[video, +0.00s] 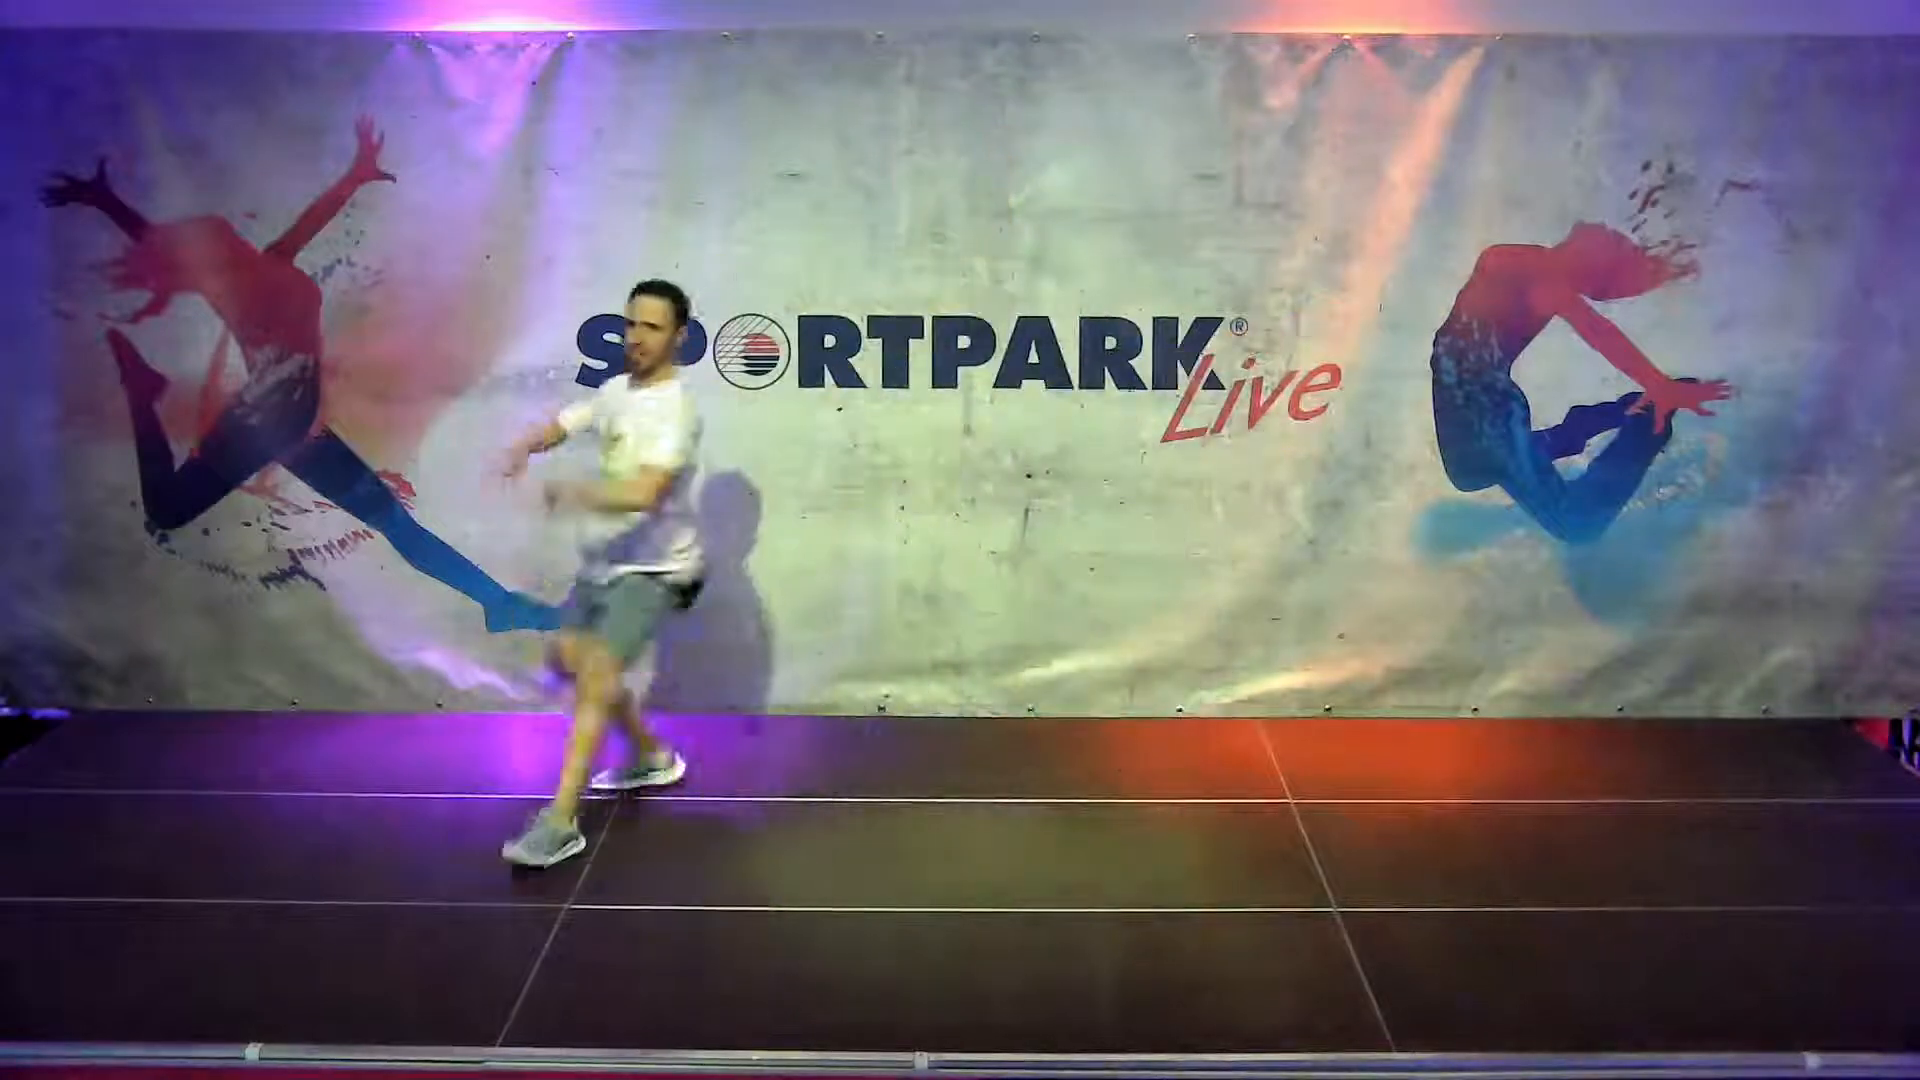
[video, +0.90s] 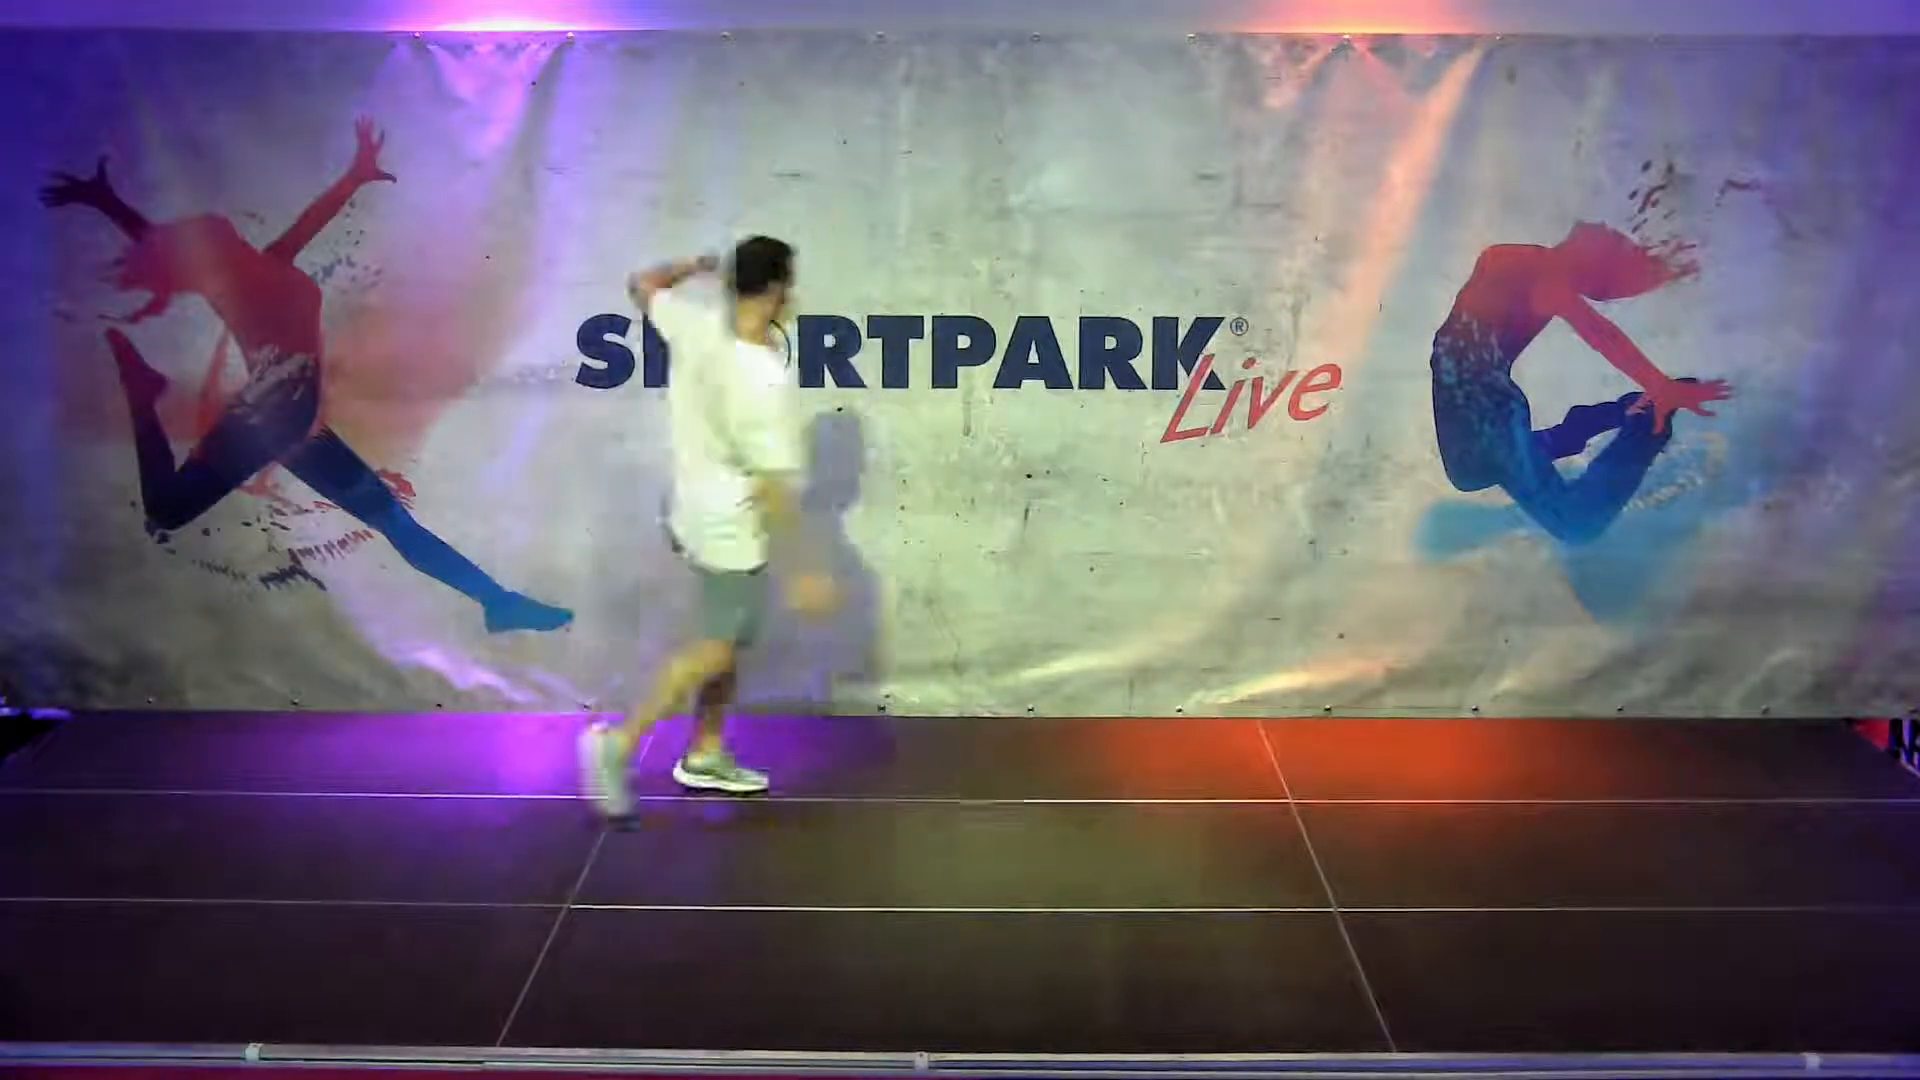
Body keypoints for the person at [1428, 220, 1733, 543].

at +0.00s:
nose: (1602, 234)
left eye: (1605, 247)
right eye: (1612, 239)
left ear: (1595, 259)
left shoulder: (1546, 283)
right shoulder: (1526, 263)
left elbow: (1596, 330)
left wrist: (1657, 384)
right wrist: (1647, 272)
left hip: (1488, 403)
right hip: (1454, 391)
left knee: (1575, 524)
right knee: (1468, 474)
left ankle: (1650, 422)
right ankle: (1570, 436)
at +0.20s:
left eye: (1605, 250)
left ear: (1595, 256)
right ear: (1595, 238)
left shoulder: (1548, 283)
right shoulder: (1526, 263)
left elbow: (1597, 331)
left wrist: (1657, 384)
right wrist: (1648, 272)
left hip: (1488, 402)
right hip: (1454, 390)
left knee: (1575, 524)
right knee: (1468, 474)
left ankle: (1650, 421)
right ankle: (1570, 436)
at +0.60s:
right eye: (1603, 279)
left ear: (1590, 252)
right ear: (1592, 242)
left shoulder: (1547, 282)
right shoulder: (1527, 264)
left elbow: (1600, 333)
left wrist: (1658, 385)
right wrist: (1648, 270)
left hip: (1487, 400)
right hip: (1454, 388)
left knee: (1575, 524)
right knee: (1467, 474)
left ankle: (1650, 423)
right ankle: (1569, 437)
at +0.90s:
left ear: (1591, 249)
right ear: (1595, 240)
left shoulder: (1547, 282)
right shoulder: (1528, 264)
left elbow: (1600, 334)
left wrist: (1658, 385)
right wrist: (1649, 269)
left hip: (1488, 401)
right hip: (1454, 389)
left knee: (1575, 524)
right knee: (1467, 474)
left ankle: (1650, 423)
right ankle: (1569, 437)